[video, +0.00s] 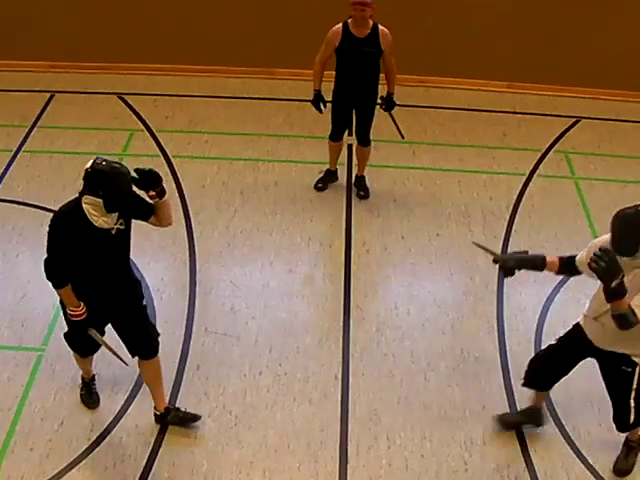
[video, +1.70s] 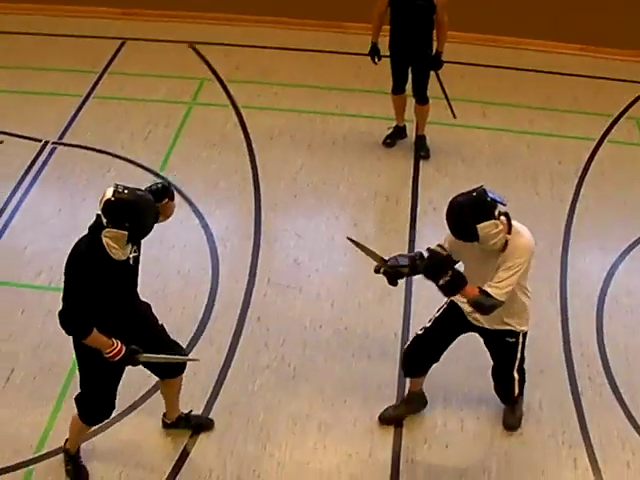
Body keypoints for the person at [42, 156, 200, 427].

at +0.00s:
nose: (120, 206)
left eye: (122, 199)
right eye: (115, 201)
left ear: (123, 192)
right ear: (98, 195)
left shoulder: (124, 201)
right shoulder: (65, 220)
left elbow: (163, 219)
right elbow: (55, 270)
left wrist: (158, 193)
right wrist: (73, 305)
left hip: (122, 291)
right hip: (85, 300)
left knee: (147, 345)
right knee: (84, 346)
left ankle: (162, 408)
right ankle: (88, 379)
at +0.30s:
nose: (143, 225)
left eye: (147, 219)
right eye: (140, 219)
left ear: (148, 212)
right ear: (124, 211)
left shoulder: (149, 219)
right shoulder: (89, 232)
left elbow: (188, 239)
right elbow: (73, 287)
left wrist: (184, 211)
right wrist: (98, 327)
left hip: (141, 308)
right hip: (101, 315)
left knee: (165, 362)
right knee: (97, 376)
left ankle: (163, 417)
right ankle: (84, 401)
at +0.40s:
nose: (147, 229)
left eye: (149, 223)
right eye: (143, 223)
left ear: (150, 216)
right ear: (127, 216)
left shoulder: (151, 224)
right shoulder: (91, 238)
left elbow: (190, 240)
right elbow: (78, 293)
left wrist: (186, 214)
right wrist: (106, 331)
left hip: (144, 312)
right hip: (103, 320)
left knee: (166, 366)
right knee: (97, 386)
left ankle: (162, 418)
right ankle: (87, 432)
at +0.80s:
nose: (129, 251)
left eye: (131, 245)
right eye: (125, 246)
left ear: (123, 241)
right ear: (107, 242)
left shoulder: (120, 249)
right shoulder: (71, 270)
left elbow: (154, 253)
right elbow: (56, 326)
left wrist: (159, 233)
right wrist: (98, 357)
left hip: (124, 333)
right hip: (87, 349)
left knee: (156, 374)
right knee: (83, 418)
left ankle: (164, 417)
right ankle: (64, 469)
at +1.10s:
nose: (125, 259)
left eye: (125, 256)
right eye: (121, 256)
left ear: (118, 251)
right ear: (108, 255)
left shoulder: (110, 258)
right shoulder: (67, 284)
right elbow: (55, 346)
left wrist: (139, 245)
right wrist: (94, 372)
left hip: (117, 341)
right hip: (83, 358)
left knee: (154, 388)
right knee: (87, 422)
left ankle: (150, 452)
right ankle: (82, 467)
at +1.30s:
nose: (136, 258)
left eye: (139, 252)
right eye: (133, 252)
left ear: (141, 244)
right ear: (120, 244)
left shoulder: (139, 243)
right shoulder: (89, 272)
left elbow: (174, 238)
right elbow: (78, 336)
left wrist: (174, 221)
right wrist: (116, 364)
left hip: (137, 332)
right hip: (103, 346)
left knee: (167, 387)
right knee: (110, 421)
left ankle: (155, 449)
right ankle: (99, 453)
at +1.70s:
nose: (144, 230)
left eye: (144, 225)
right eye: (140, 226)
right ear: (126, 226)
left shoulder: (126, 229)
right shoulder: (85, 256)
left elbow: (155, 215)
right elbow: (73, 322)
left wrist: (162, 205)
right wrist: (112, 347)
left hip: (131, 316)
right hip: (97, 336)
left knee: (172, 361)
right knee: (96, 407)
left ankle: (173, 417)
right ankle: (71, 450)